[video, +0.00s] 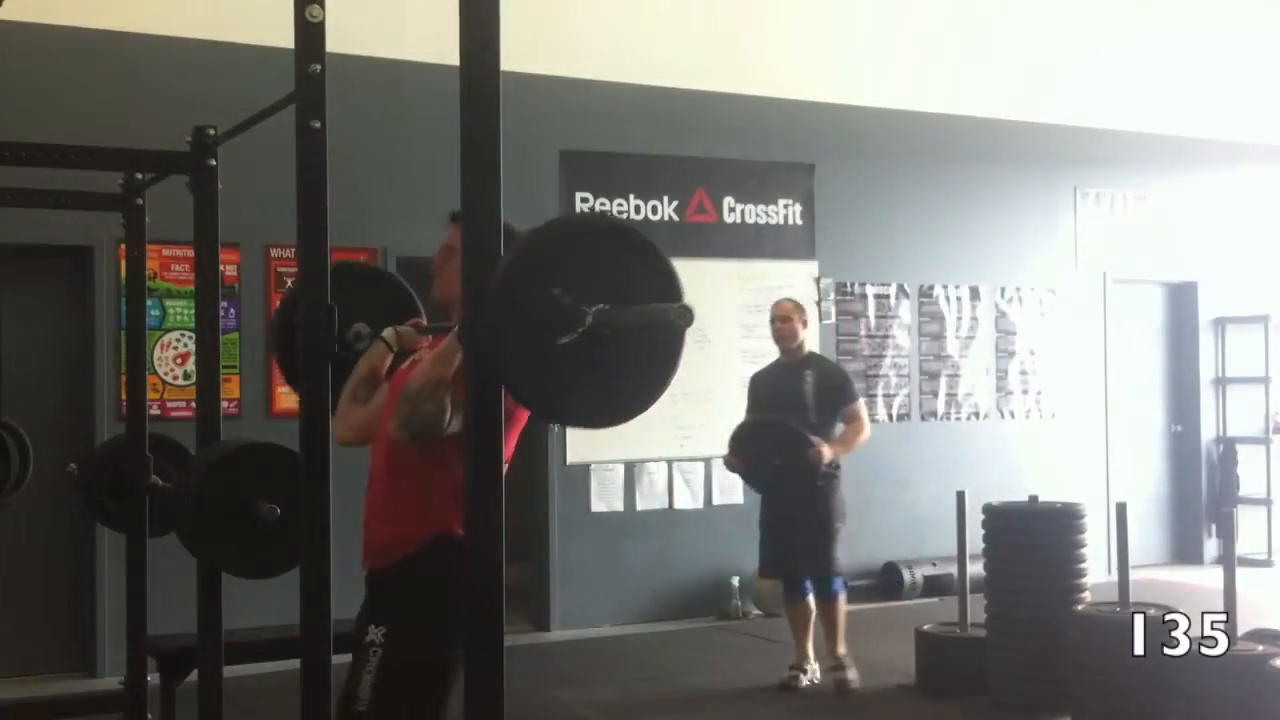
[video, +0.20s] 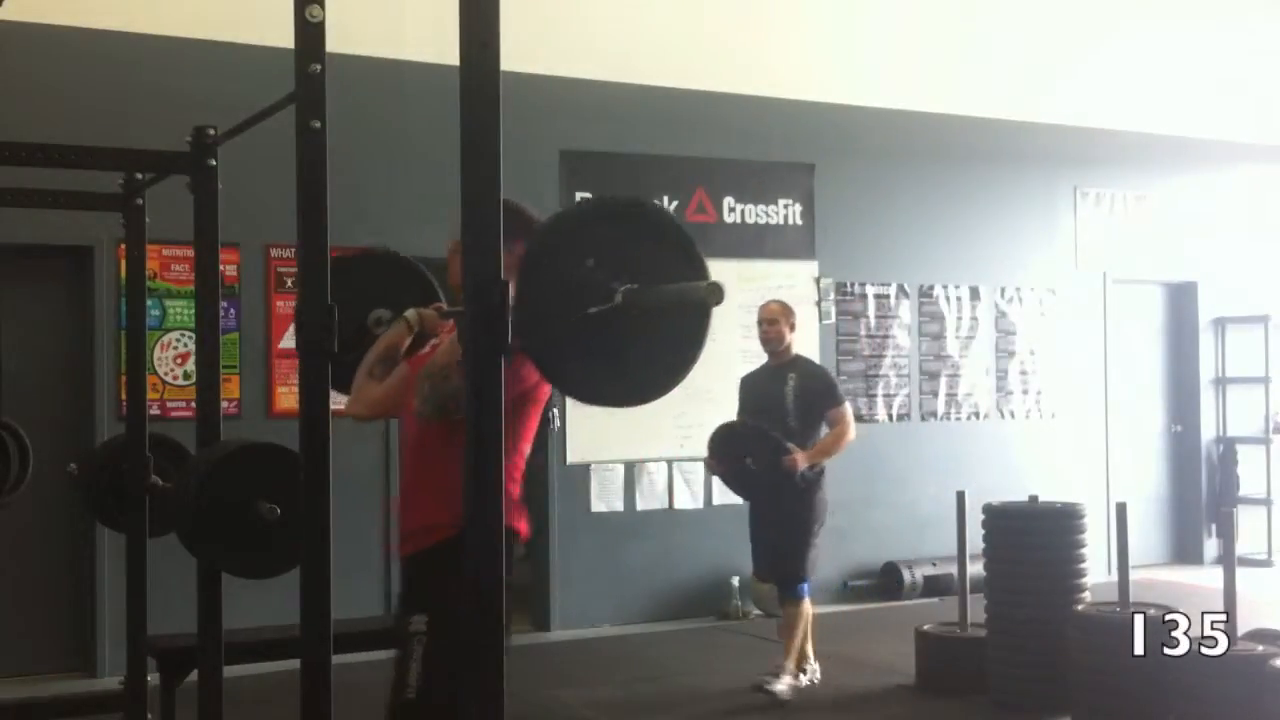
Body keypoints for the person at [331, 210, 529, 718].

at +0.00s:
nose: (435, 263)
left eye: (450, 253)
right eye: (440, 252)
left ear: (486, 267)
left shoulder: (503, 356)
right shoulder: (430, 352)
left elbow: (410, 424)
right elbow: (347, 427)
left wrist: (468, 329)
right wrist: (378, 354)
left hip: (439, 568)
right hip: (395, 568)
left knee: (380, 706)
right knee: (371, 703)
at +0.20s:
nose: (451, 258)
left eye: (464, 248)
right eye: (454, 249)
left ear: (510, 258)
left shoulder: (525, 337)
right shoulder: (449, 339)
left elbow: (436, 399)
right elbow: (363, 402)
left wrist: (450, 330)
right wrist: (396, 336)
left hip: (481, 537)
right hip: (433, 539)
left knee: (461, 687)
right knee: (442, 688)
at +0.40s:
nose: (488, 242)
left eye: (502, 231)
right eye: (489, 231)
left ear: (541, 244)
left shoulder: (553, 327)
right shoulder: (472, 331)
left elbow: (470, 393)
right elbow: (387, 397)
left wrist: (476, 319)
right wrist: (417, 332)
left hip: (522, 526)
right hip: (464, 527)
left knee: (502, 687)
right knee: (450, 683)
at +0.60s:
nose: (506, 237)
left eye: (523, 229)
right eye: (510, 227)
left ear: (564, 247)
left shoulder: (576, 329)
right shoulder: (489, 330)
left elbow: (513, 389)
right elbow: (413, 401)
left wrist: (525, 317)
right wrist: (440, 336)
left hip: (545, 527)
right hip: (482, 530)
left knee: (545, 689)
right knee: (475, 684)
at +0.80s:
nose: (525, 236)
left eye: (542, 228)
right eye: (530, 226)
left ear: (582, 247)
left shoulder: (595, 329)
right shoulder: (512, 331)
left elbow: (530, 388)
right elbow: (429, 398)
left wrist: (552, 313)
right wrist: (457, 328)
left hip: (569, 532)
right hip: (502, 536)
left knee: (580, 687)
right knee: (485, 688)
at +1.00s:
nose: (534, 236)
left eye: (550, 228)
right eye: (538, 227)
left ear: (591, 248)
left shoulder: (601, 330)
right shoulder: (519, 333)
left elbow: (531, 384)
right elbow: (437, 398)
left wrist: (564, 312)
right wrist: (467, 322)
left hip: (573, 531)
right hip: (507, 536)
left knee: (591, 687)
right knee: (507, 687)